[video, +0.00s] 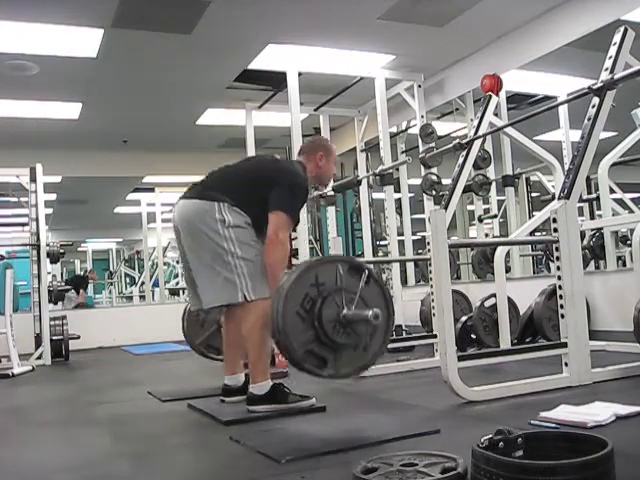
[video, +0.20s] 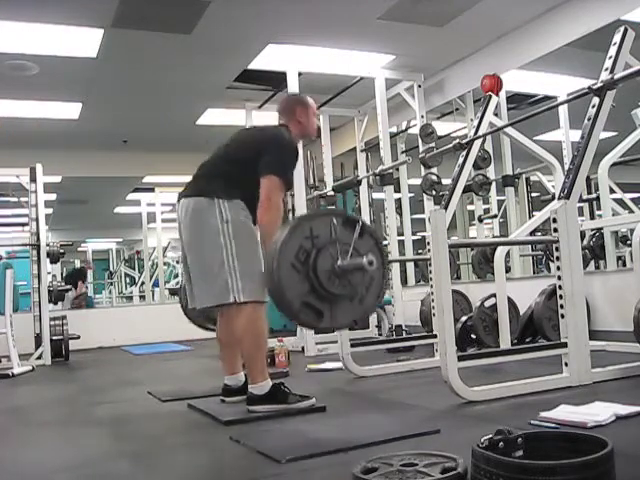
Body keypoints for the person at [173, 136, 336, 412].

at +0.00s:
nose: (334, 173)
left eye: (336, 166)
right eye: (334, 164)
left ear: (309, 158)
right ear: (319, 159)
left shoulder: (276, 172)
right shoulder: (293, 177)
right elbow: (277, 236)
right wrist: (281, 304)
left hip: (190, 209)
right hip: (215, 211)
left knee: (237, 301)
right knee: (259, 298)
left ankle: (234, 383)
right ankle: (262, 389)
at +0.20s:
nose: (318, 122)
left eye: (317, 115)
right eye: (314, 115)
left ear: (286, 118)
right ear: (297, 117)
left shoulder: (259, 136)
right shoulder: (281, 141)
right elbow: (269, 206)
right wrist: (270, 258)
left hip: (195, 203)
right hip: (220, 205)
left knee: (230, 302)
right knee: (251, 298)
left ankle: (234, 382)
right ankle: (262, 389)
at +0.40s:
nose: (274, 79)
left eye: (272, 73)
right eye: (270, 73)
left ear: (242, 78)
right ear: (257, 74)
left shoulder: (225, 111)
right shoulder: (256, 107)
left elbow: (208, 170)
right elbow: (253, 159)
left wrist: (196, 221)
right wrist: (269, 212)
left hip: (207, 209)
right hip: (232, 208)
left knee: (229, 302)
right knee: (251, 299)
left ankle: (234, 382)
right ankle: (261, 388)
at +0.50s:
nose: (253, 67)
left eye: (251, 60)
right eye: (250, 60)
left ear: (223, 67)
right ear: (237, 62)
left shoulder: (212, 104)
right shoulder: (240, 97)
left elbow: (212, 167)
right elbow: (245, 157)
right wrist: (266, 207)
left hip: (211, 210)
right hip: (233, 208)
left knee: (229, 301)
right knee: (252, 298)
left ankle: (233, 381)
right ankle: (261, 388)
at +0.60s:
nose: (236, 66)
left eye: (234, 60)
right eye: (231, 60)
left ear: (207, 65)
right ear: (216, 62)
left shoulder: (197, 105)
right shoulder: (222, 98)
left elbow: (208, 170)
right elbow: (237, 157)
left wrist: (206, 218)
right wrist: (266, 208)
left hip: (212, 210)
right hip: (234, 207)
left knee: (232, 296)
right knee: (254, 294)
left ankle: (234, 381)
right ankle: (261, 387)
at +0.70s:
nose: (224, 71)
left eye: (222, 64)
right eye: (220, 63)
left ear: (194, 68)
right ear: (203, 65)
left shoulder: (188, 110)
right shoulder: (211, 102)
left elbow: (208, 171)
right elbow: (234, 162)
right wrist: (265, 210)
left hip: (214, 212)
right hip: (235, 210)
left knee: (233, 295)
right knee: (256, 295)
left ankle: (233, 381)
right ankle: (261, 387)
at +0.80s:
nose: (221, 71)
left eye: (218, 64)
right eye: (216, 64)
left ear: (191, 69)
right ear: (200, 66)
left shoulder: (186, 111)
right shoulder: (209, 104)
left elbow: (208, 172)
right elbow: (234, 163)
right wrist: (266, 210)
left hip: (215, 213)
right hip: (235, 211)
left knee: (233, 296)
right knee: (256, 295)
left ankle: (233, 382)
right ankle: (261, 387)